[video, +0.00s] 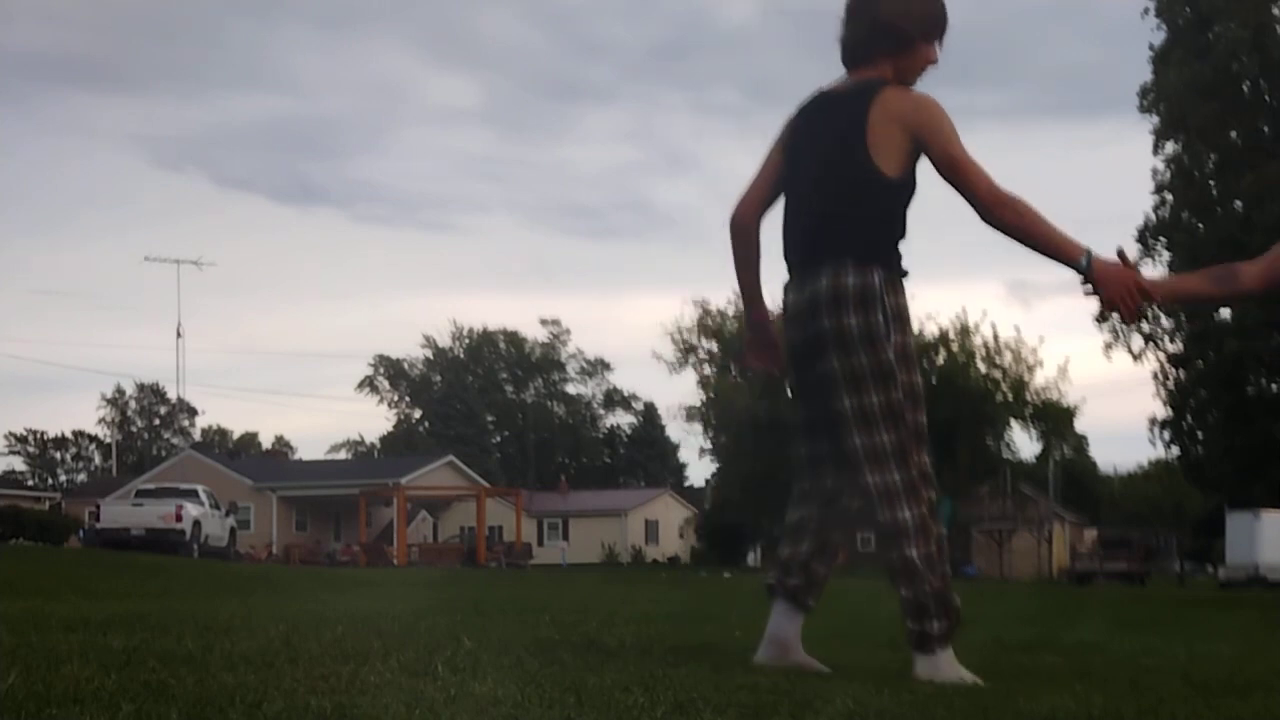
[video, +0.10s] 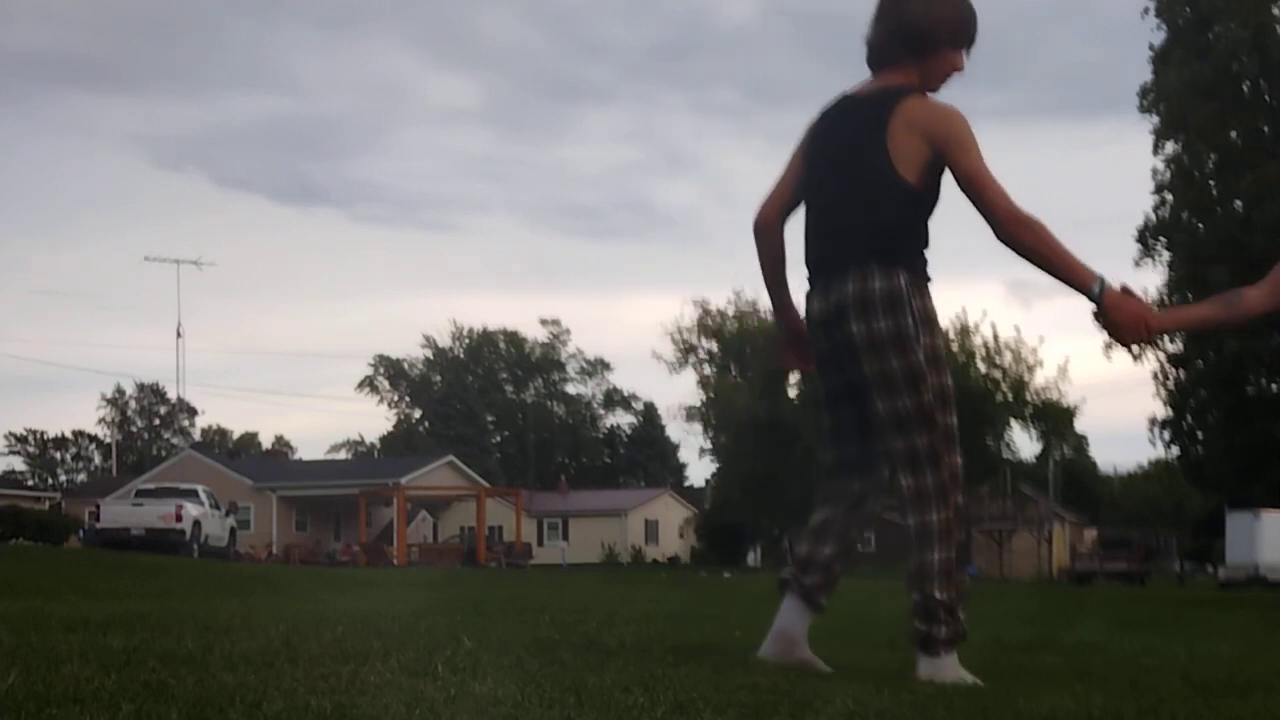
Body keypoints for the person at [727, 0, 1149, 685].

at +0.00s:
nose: (933, 59)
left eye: (934, 47)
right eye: (931, 46)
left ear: (858, 45)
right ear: (909, 44)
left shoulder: (808, 114)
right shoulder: (911, 108)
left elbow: (744, 217)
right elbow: (993, 204)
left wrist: (756, 314)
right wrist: (1090, 262)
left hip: (803, 301)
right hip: (863, 295)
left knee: (825, 469)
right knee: (902, 468)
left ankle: (782, 633)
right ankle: (932, 651)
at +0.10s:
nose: (962, 63)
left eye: (964, 50)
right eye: (960, 49)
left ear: (883, 43)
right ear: (934, 47)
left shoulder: (829, 120)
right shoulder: (934, 118)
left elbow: (768, 220)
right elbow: (1009, 222)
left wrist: (786, 316)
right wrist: (1101, 290)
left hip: (826, 302)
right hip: (890, 294)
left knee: (851, 470)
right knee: (932, 466)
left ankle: (788, 630)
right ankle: (937, 654)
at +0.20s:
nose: (987, 66)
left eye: (991, 54)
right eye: (987, 52)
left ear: (917, 40)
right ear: (962, 47)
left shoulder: (858, 111)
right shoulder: (956, 116)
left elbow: (794, 216)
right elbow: (1031, 219)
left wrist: (814, 311)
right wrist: (1118, 291)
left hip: (840, 302)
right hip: (901, 296)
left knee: (873, 466)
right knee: (950, 471)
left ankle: (797, 622)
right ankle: (940, 657)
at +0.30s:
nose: (1005, 66)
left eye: (1010, 54)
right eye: (1007, 53)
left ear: (935, 36)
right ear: (988, 49)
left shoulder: (876, 107)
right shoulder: (974, 117)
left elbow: (815, 210)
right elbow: (1043, 225)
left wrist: (841, 311)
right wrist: (1129, 292)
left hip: (854, 294)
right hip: (911, 292)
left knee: (888, 465)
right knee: (952, 473)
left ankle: (810, 614)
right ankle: (940, 656)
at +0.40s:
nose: (1023, 64)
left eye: (1028, 52)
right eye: (1025, 51)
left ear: (952, 33)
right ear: (1003, 48)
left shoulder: (891, 102)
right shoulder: (987, 117)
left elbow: (827, 202)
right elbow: (1054, 228)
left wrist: (856, 284)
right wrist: (1141, 293)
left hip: (862, 291)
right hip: (917, 291)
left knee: (896, 462)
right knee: (953, 472)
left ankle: (831, 618)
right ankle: (942, 655)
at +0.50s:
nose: (1036, 63)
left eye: (1041, 51)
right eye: (1037, 49)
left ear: (966, 33)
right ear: (1013, 45)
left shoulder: (902, 100)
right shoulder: (995, 118)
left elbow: (835, 199)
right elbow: (1066, 228)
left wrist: (864, 281)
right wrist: (1155, 297)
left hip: (870, 289)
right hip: (921, 290)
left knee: (897, 458)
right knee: (953, 468)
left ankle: (856, 624)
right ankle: (942, 656)